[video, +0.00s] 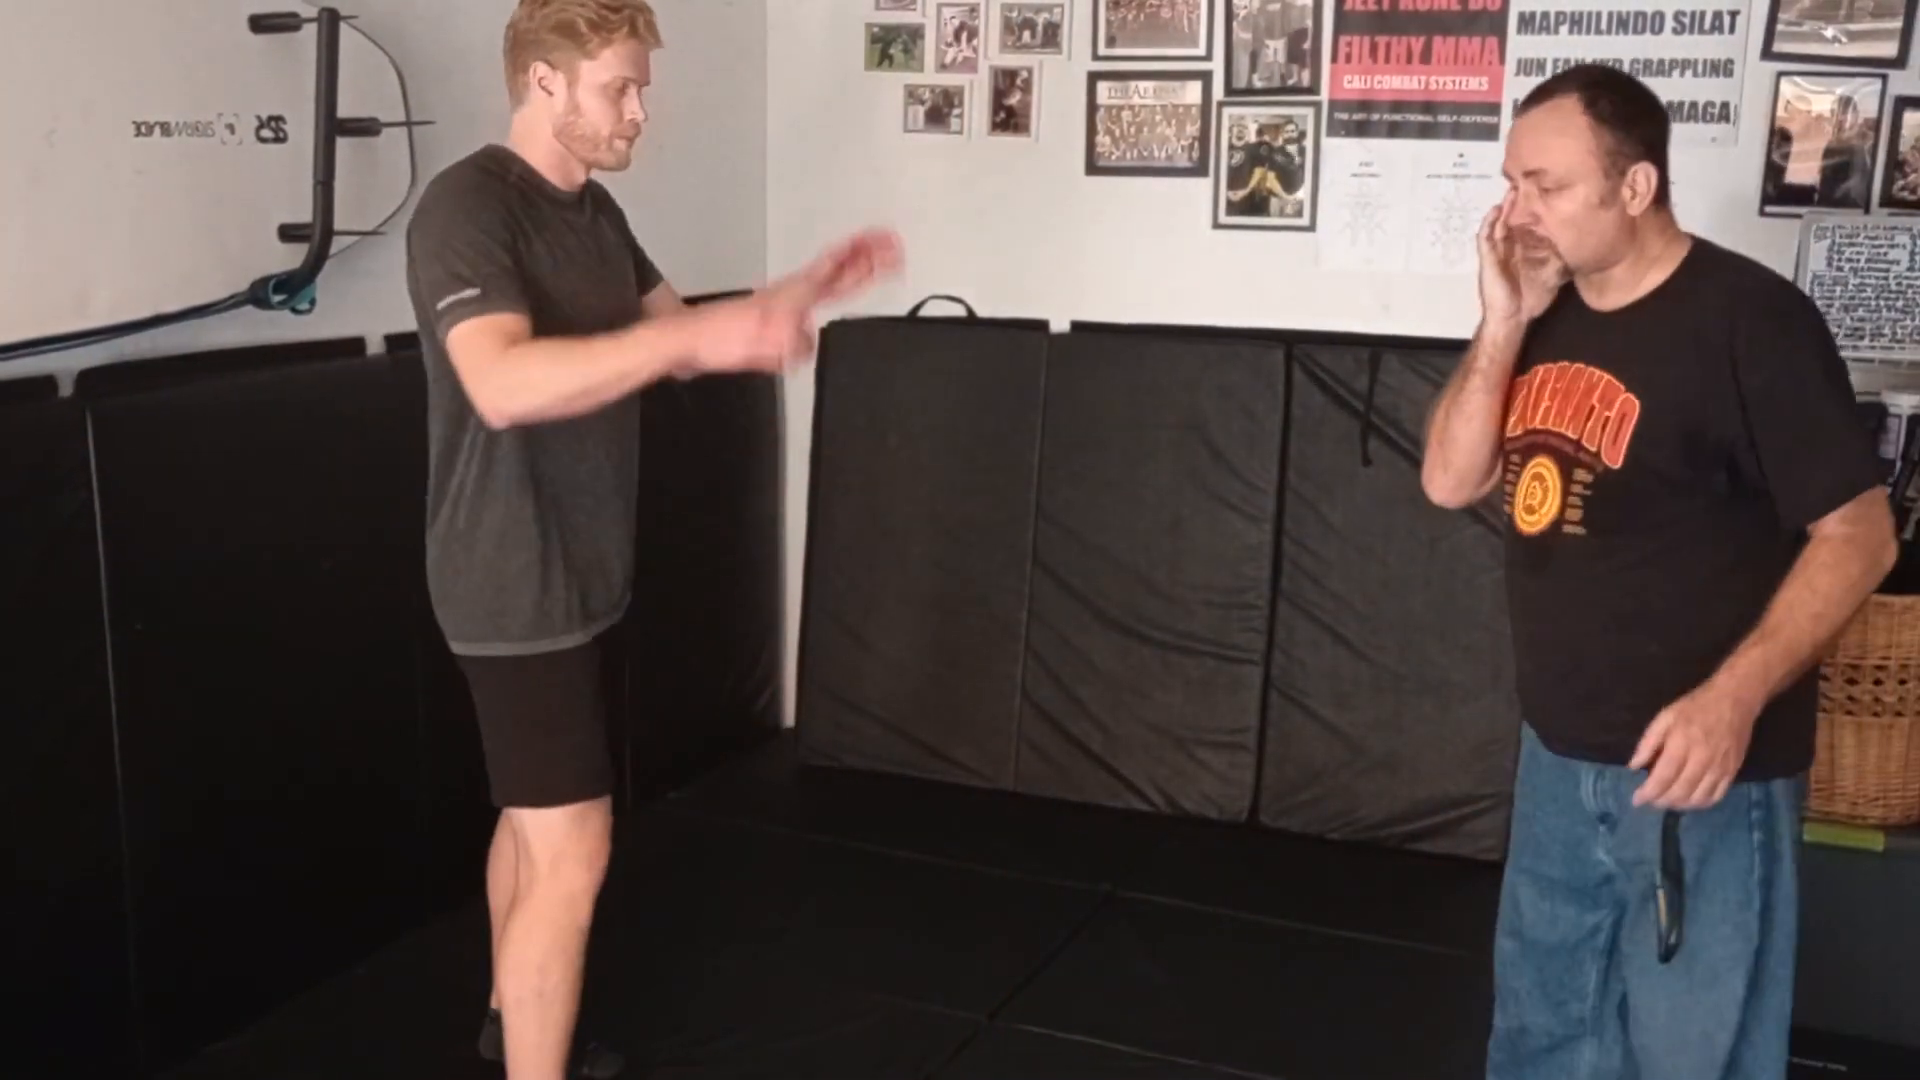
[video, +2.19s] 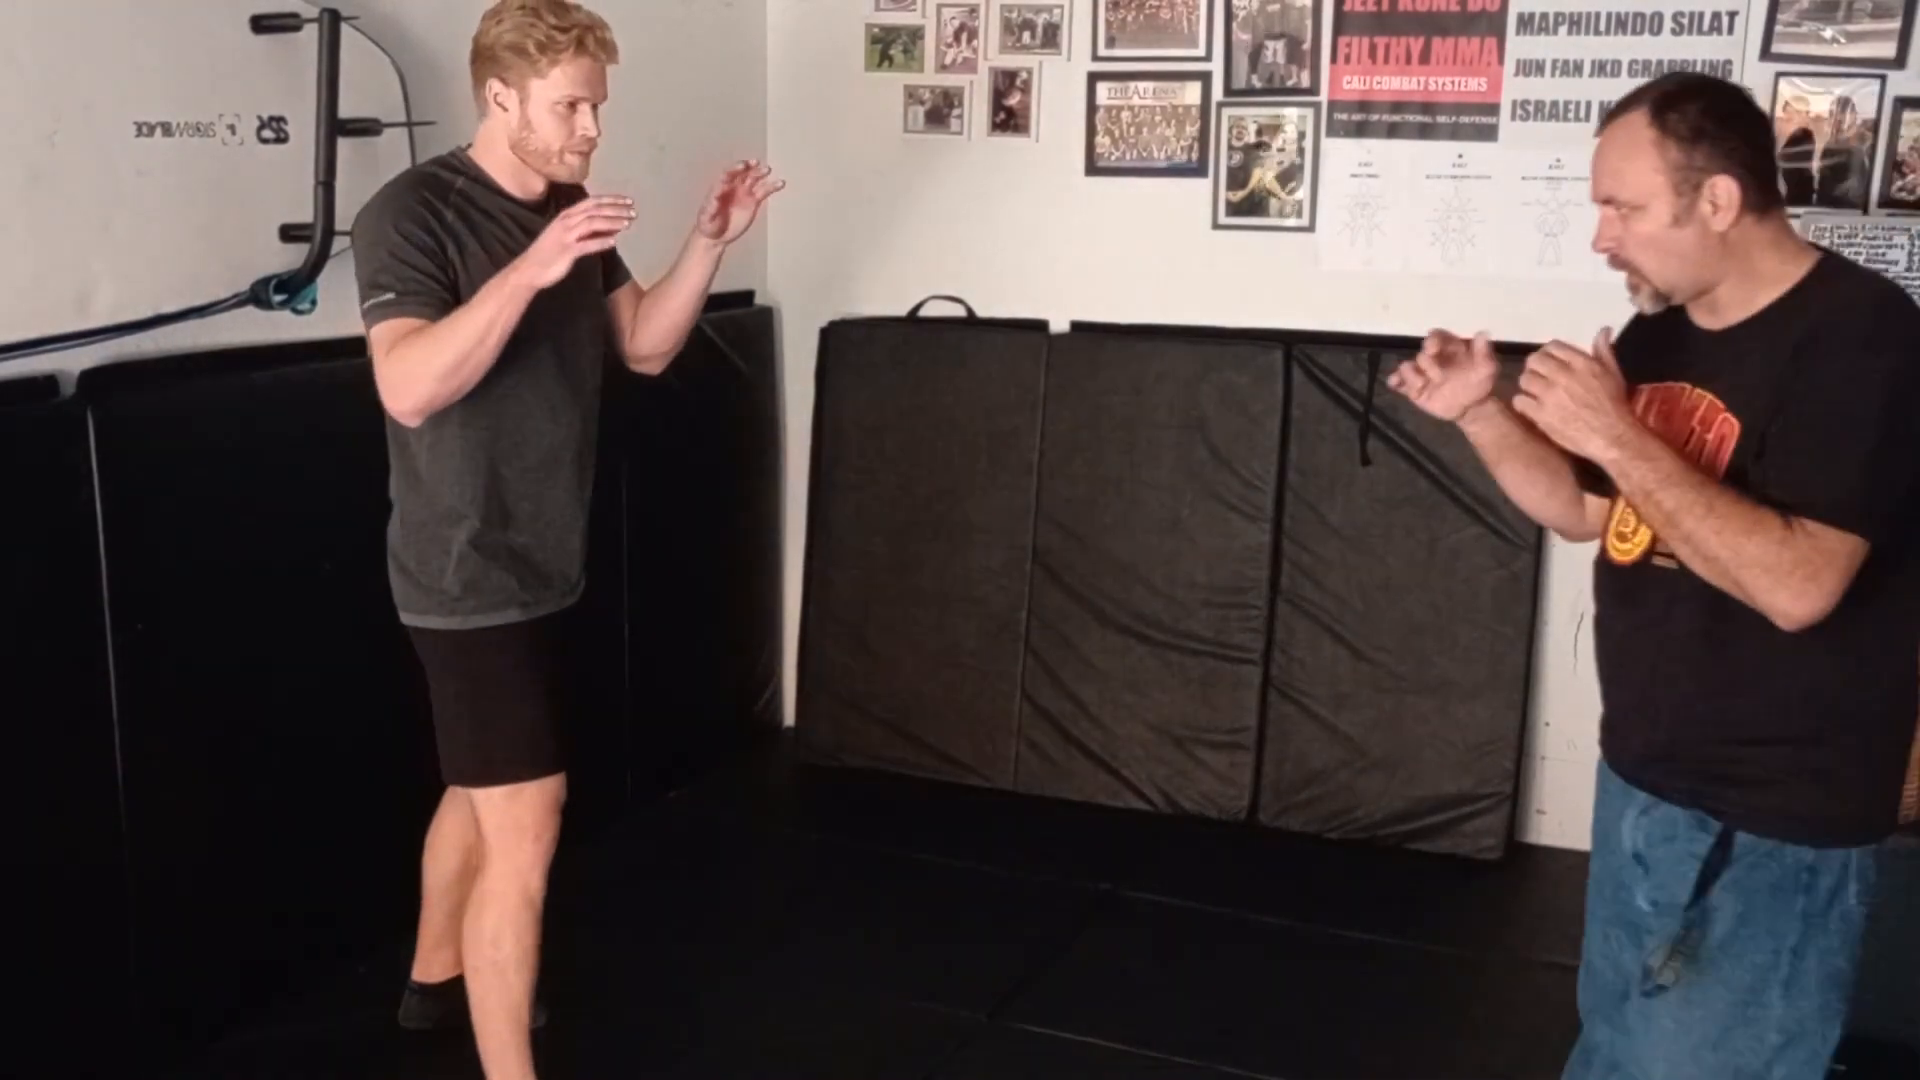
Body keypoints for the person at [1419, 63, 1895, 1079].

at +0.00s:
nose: (1517, 212)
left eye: (1545, 185)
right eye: (1513, 183)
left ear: (1637, 187)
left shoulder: (1757, 319)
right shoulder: (1540, 313)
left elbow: (1862, 531)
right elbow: (1449, 483)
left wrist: (1732, 696)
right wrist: (1500, 325)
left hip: (1713, 778)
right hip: (1558, 763)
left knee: (1699, 1057)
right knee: (1539, 1045)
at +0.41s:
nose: (1572, 205)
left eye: (1600, 176)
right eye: (1564, 176)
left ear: (1691, 179)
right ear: (1560, 177)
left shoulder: (1805, 316)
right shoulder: (1588, 310)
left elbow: (1891, 533)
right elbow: (1574, 524)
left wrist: (1663, 550)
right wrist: (1506, 450)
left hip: (1761, 772)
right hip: (1593, 751)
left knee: (1807, 1056)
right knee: (1579, 1049)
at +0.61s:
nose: (1669, 225)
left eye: (1699, 196)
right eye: (1664, 196)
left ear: (1801, 204)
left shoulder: (1899, 356)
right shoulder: (1694, 325)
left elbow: (1912, 609)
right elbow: (1677, 507)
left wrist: (1707, 540)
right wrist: (1548, 511)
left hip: (1845, 827)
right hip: (1667, 785)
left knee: (1838, 1068)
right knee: (1604, 1056)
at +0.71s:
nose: (1693, 233)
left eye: (1725, 204)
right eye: (1692, 202)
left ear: (1828, 214)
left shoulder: (1909, 363)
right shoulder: (1738, 337)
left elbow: (1913, 620)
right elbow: (1707, 504)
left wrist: (1734, 561)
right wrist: (1570, 513)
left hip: (1871, 836)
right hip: (1705, 788)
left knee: (1852, 1067)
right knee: (1626, 1056)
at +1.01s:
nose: (1809, 159)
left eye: (1843, 134)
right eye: (1812, 125)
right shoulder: (1836, 276)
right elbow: (1799, 442)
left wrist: (1859, 460)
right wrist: (1677, 426)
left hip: (1909, 788)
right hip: (1793, 754)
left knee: (1892, 1053)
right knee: (1784, 1038)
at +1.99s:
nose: (1695, 230)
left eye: (1719, 201)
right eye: (1697, 198)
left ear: (1820, 203)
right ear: (1812, 206)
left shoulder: (1916, 353)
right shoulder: (1774, 323)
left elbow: (1877, 610)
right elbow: (1727, 512)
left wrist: (1696, 460)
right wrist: (1611, 440)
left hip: (1882, 847)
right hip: (1709, 800)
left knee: (1876, 1063)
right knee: (1657, 1056)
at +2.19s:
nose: (1602, 238)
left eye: (1622, 209)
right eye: (1601, 209)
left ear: (1720, 202)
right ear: (1704, 206)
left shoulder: (1877, 340)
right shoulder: (1660, 333)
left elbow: (1800, 585)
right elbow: (1590, 509)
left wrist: (1614, 437)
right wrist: (1484, 410)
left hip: (1783, 831)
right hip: (1639, 792)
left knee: (1730, 1063)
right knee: (1613, 1055)